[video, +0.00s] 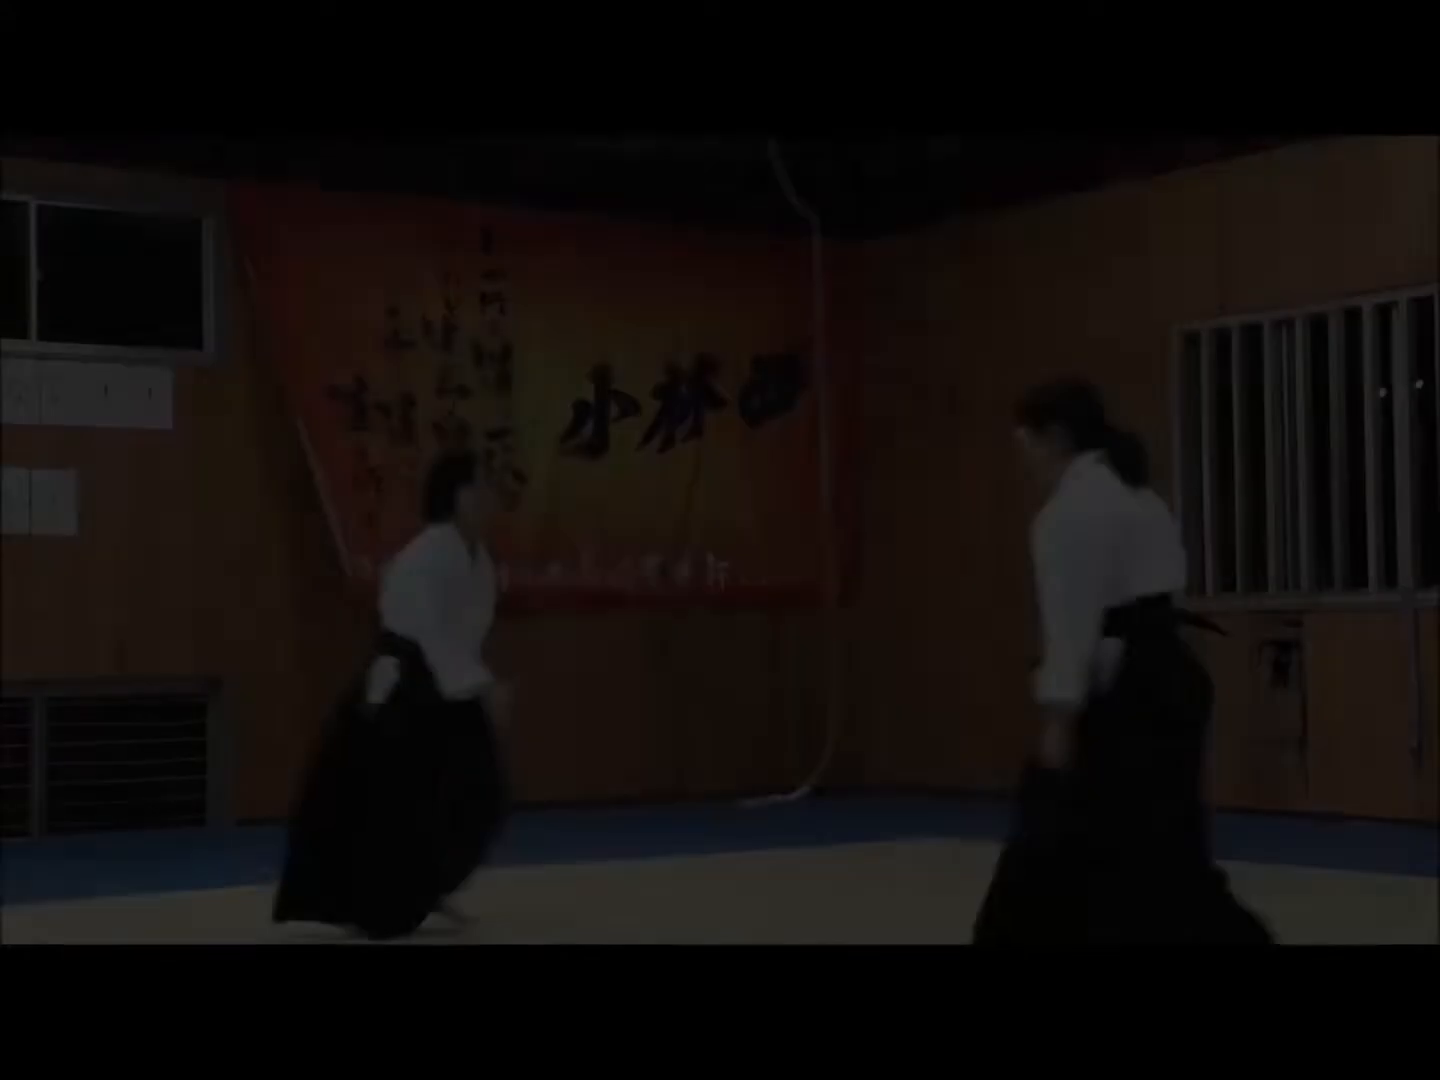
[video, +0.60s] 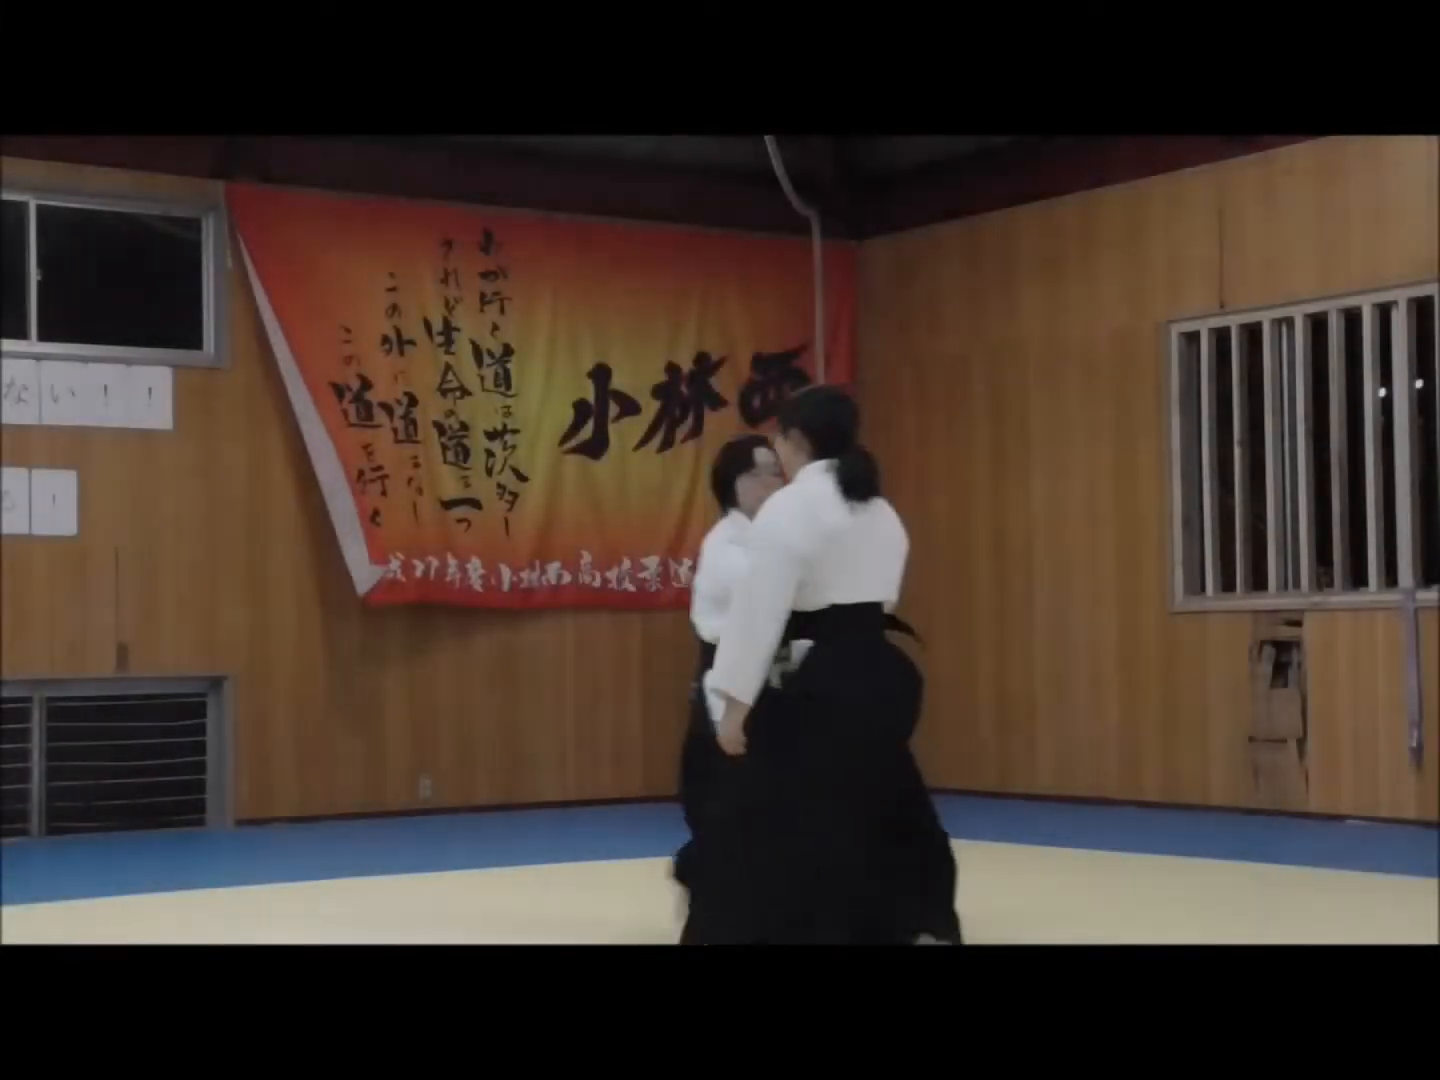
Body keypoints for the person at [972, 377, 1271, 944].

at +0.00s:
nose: (1024, 453)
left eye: (1028, 439)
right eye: (1023, 439)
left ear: (1053, 439)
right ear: (1094, 433)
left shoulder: (1069, 515)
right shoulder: (1145, 501)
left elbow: (1072, 624)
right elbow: (1163, 600)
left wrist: (1056, 718)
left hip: (1114, 687)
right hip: (1175, 680)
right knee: (1164, 828)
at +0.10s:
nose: (978, 449)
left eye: (982, 435)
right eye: (977, 435)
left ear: (1009, 432)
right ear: (1040, 428)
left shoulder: (1019, 503)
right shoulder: (1095, 494)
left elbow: (997, 599)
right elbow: (1115, 589)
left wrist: (948, 689)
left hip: (1045, 678)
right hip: (1111, 673)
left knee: (1015, 816)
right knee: (1101, 820)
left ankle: (1019, 929)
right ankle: (1111, 927)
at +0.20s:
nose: (936, 443)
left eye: (941, 431)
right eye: (936, 431)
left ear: (968, 433)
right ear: (1005, 431)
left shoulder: (976, 503)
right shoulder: (1048, 501)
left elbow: (932, 595)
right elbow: (1060, 594)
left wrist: (869, 673)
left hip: (991, 686)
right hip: (1056, 681)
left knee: (943, 800)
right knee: (1046, 820)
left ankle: (953, 927)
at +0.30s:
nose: (896, 442)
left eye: (900, 430)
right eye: (897, 430)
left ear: (924, 432)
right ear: (963, 431)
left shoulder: (929, 501)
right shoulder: (1002, 500)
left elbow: (886, 592)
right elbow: (1015, 592)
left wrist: (829, 669)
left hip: (945, 678)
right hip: (1009, 673)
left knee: (904, 819)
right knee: (992, 827)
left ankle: (909, 932)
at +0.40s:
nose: (853, 434)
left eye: (859, 425)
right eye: (855, 424)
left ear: (883, 431)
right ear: (920, 429)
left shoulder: (882, 502)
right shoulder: (958, 497)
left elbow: (848, 597)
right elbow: (974, 587)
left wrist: (805, 678)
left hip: (903, 671)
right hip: (966, 666)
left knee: (858, 799)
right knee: (953, 809)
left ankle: (867, 925)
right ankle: (955, 924)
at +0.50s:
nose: (812, 441)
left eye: (817, 431)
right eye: (814, 430)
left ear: (840, 436)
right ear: (878, 434)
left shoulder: (834, 507)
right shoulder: (918, 502)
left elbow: (808, 605)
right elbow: (922, 595)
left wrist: (776, 696)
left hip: (854, 676)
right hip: (921, 672)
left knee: (830, 814)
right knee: (916, 813)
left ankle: (835, 925)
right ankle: (926, 923)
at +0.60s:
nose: (775, 447)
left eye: (781, 436)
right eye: (776, 437)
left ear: (799, 439)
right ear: (844, 438)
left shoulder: (787, 512)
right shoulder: (883, 512)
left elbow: (759, 613)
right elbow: (884, 603)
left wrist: (733, 703)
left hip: (809, 680)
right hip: (880, 673)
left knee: (781, 815)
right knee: (875, 803)